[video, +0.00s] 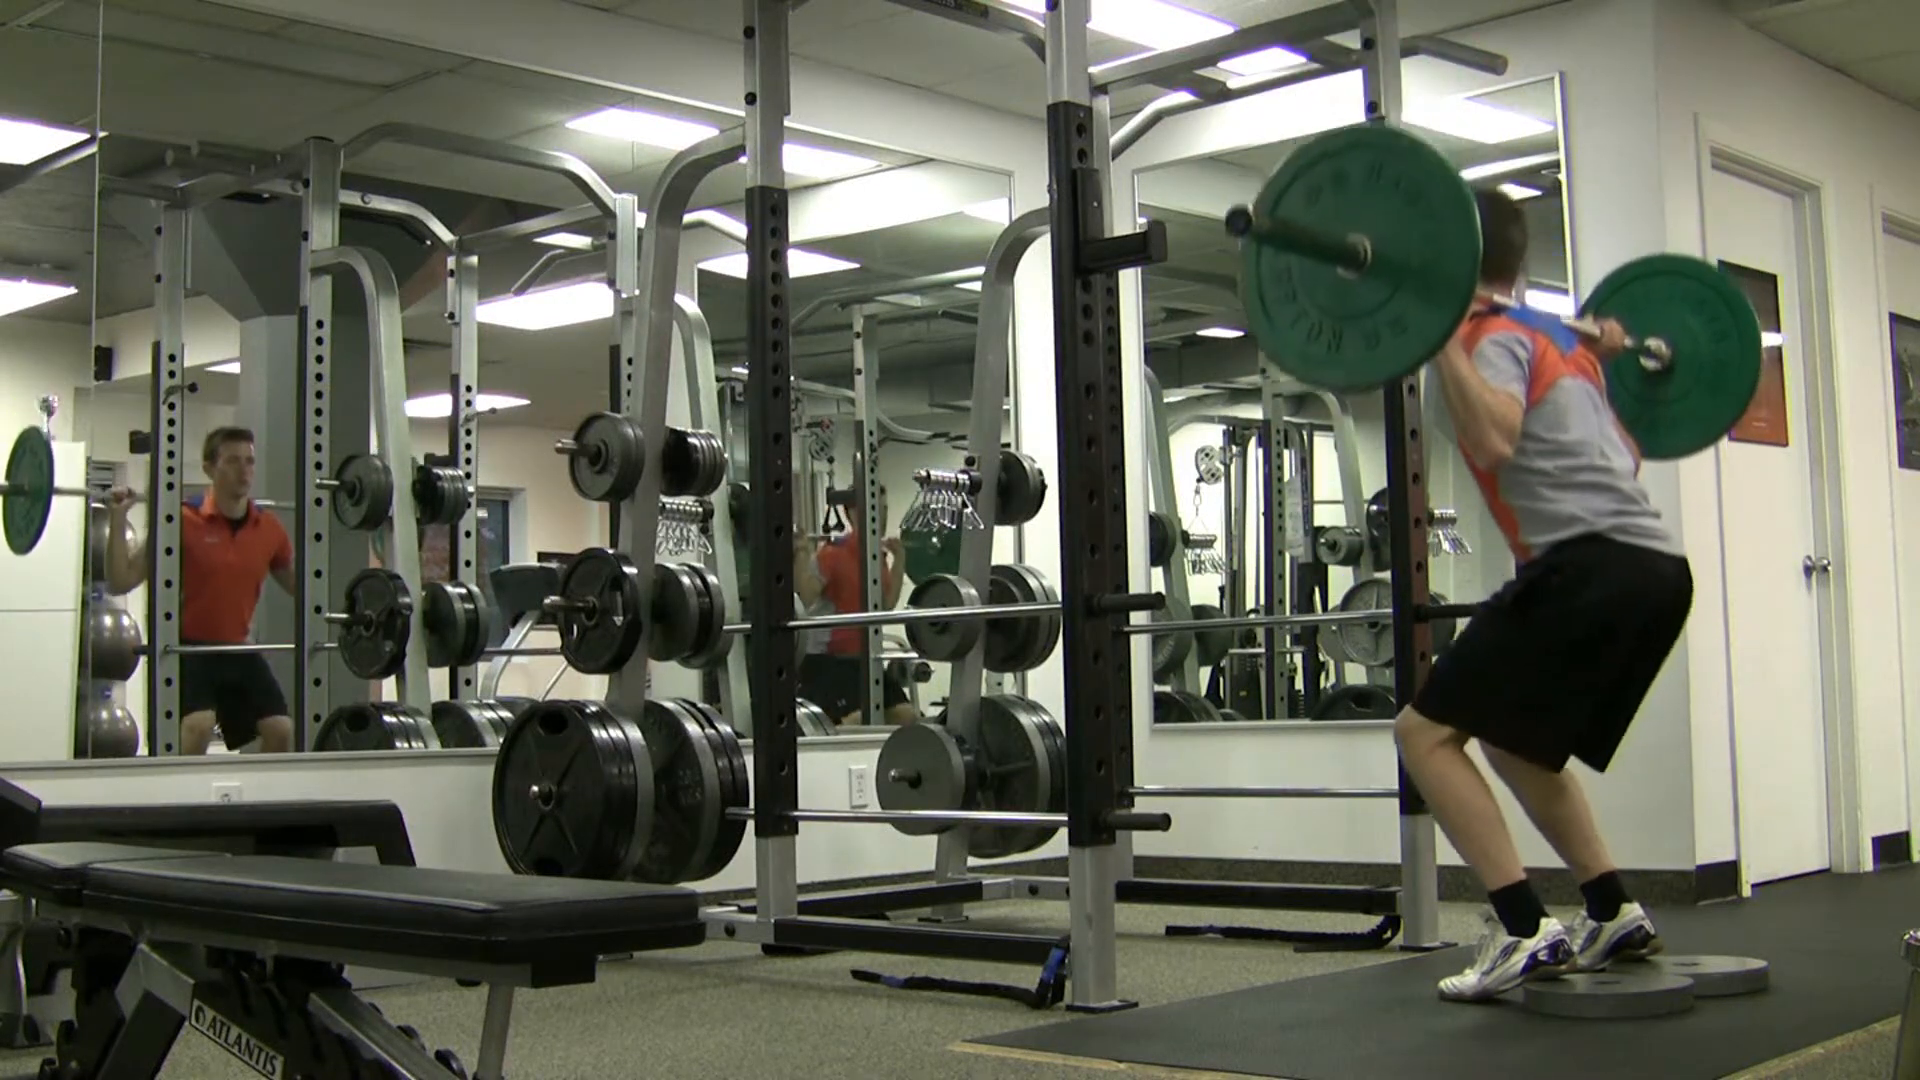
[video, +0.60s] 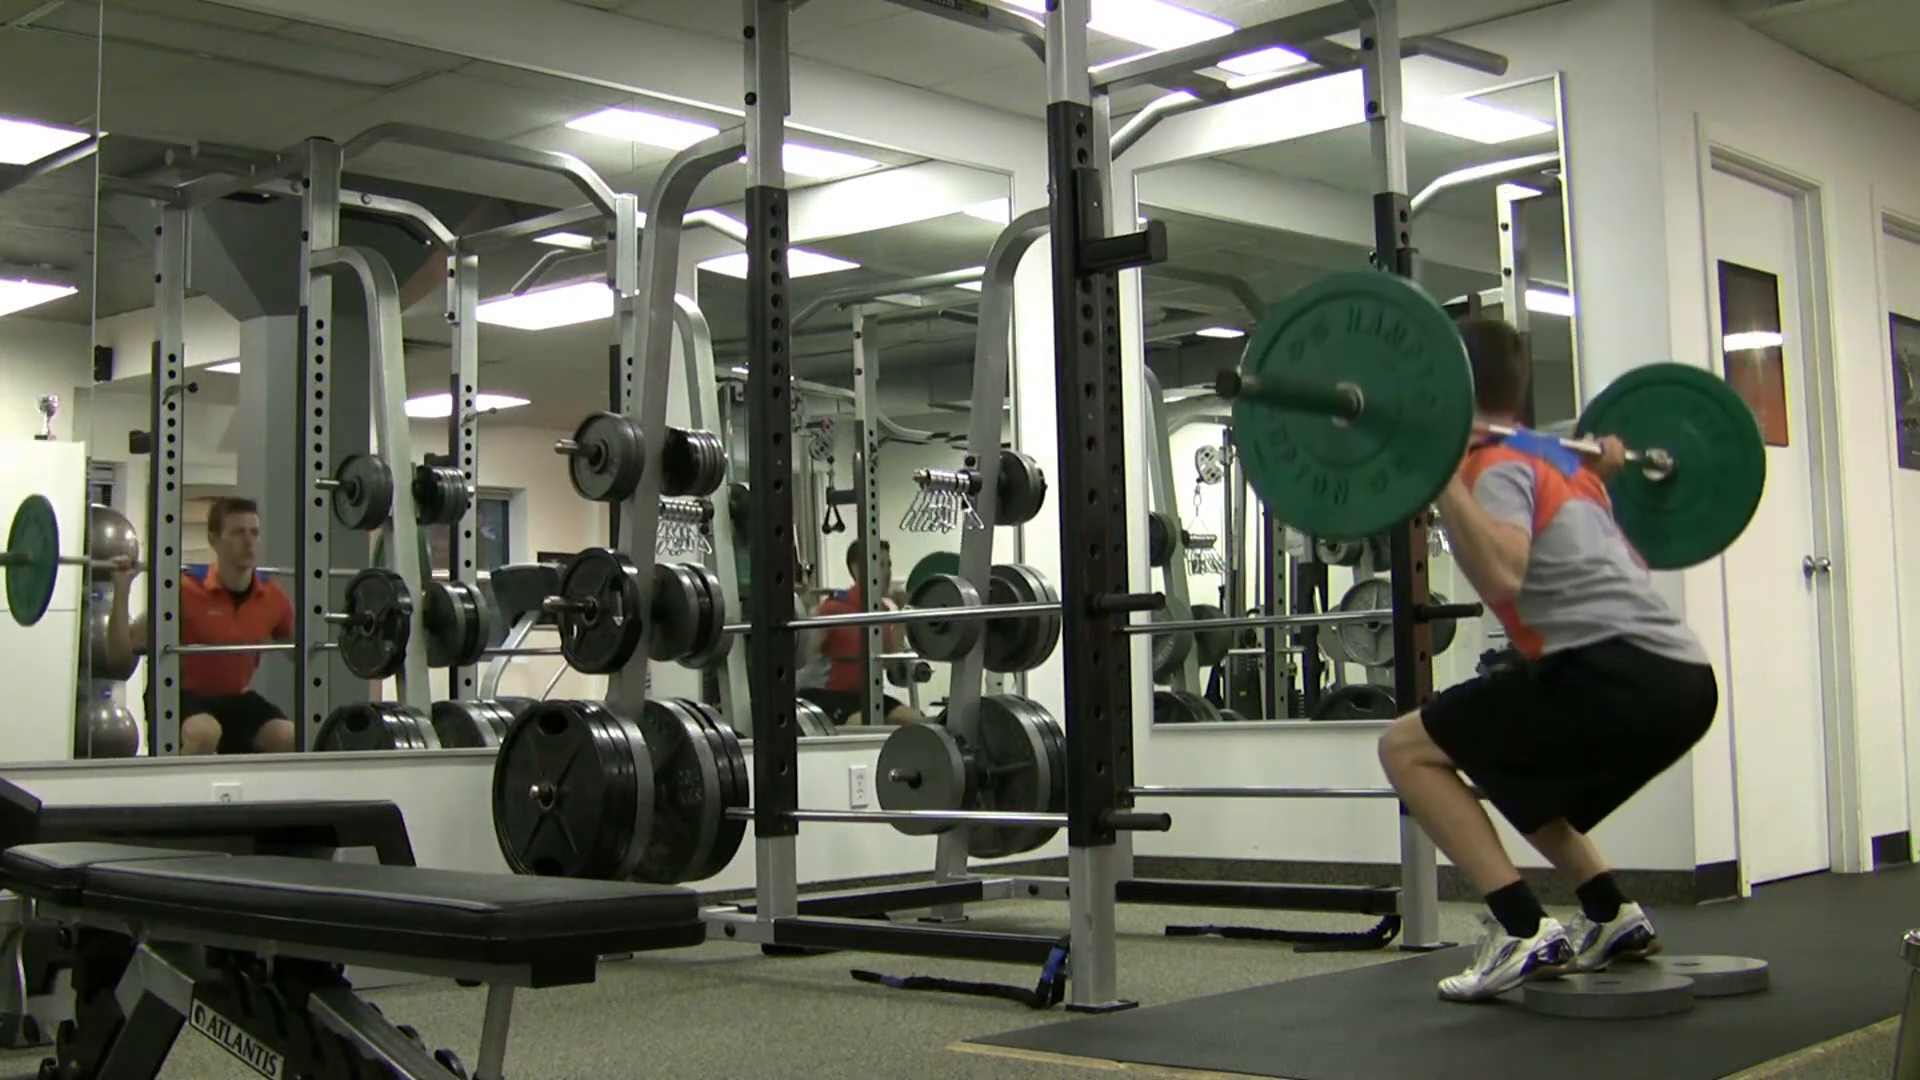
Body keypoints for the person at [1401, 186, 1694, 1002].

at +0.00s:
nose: (1435, 276)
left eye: (1441, 259)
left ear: (1454, 263)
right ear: (1518, 266)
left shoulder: (1494, 335)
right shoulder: (1564, 345)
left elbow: (1493, 442)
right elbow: (1625, 450)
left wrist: (1440, 339)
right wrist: (1598, 357)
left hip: (1585, 566)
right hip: (1656, 572)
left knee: (1423, 731)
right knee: (1517, 741)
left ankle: (1524, 930)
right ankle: (1615, 912)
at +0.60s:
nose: (1429, 396)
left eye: (1435, 382)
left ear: (1447, 390)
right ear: (1520, 393)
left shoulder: (1498, 462)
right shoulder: (1564, 459)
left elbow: (1503, 578)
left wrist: (1442, 476)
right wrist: (1602, 471)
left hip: (1611, 674)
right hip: (1682, 683)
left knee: (1406, 748)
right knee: (1509, 773)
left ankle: (1523, 929)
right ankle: (1613, 914)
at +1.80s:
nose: (1435, 281)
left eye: (1436, 265)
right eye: (1436, 266)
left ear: (1453, 266)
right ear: (1514, 268)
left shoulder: (1492, 332)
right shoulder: (1563, 343)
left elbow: (1488, 439)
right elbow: (1626, 445)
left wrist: (1432, 332)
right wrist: (1598, 350)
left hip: (1593, 556)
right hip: (1662, 556)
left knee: (1433, 727)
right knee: (1514, 734)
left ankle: (1523, 929)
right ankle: (1614, 912)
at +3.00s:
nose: (1427, 144)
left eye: (1433, 125)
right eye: (1437, 125)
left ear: (1455, 133)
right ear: (1512, 135)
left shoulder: (1488, 209)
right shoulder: (1562, 221)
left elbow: (1475, 318)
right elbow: (1614, 354)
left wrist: (1432, 208)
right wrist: (1601, 245)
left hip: (1524, 471)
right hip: (1588, 470)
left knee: (1514, 696)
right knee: (1593, 697)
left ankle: (1530, 928)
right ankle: (1621, 910)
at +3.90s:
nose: (1431, 273)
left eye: (1436, 257)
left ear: (1448, 261)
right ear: (1514, 263)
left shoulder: (1488, 331)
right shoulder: (1560, 341)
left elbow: (1485, 441)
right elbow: (1625, 449)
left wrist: (1433, 335)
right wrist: (1594, 352)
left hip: (1581, 560)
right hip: (1651, 566)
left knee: (1423, 731)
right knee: (1514, 737)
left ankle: (1524, 928)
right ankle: (1613, 912)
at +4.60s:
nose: (1425, 402)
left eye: (1430, 387)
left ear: (1443, 396)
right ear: (1514, 396)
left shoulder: (1494, 468)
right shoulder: (1560, 465)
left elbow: (1498, 582)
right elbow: (1623, 563)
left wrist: (1436, 480)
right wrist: (1593, 477)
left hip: (1609, 676)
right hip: (1681, 684)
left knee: (1406, 748)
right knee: (1508, 773)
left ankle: (1523, 929)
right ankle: (1612, 914)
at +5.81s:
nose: (1427, 292)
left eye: (1430, 278)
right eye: (1428, 279)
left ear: (1453, 284)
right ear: (1510, 287)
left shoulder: (1486, 349)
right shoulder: (1560, 364)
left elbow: (1481, 453)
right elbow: (1629, 464)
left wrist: (1422, 351)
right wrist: (1593, 373)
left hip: (1589, 570)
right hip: (1662, 571)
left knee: (1423, 733)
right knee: (1515, 741)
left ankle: (1523, 929)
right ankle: (1613, 912)